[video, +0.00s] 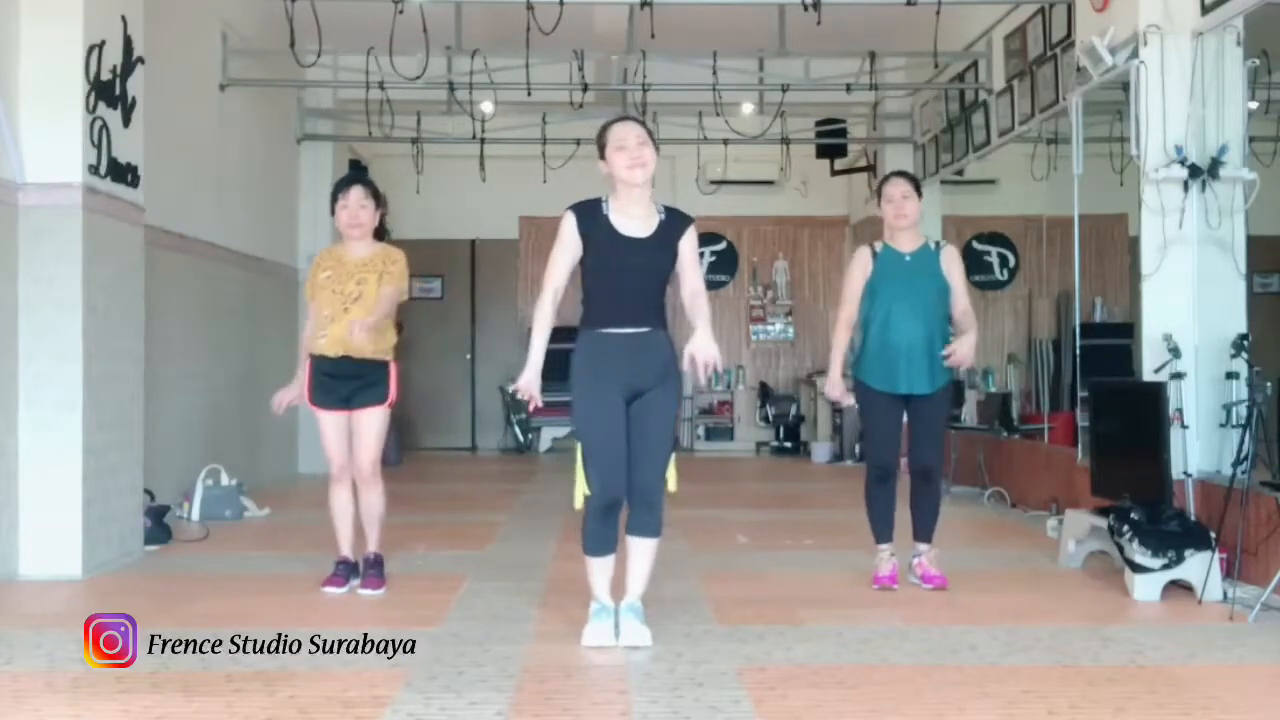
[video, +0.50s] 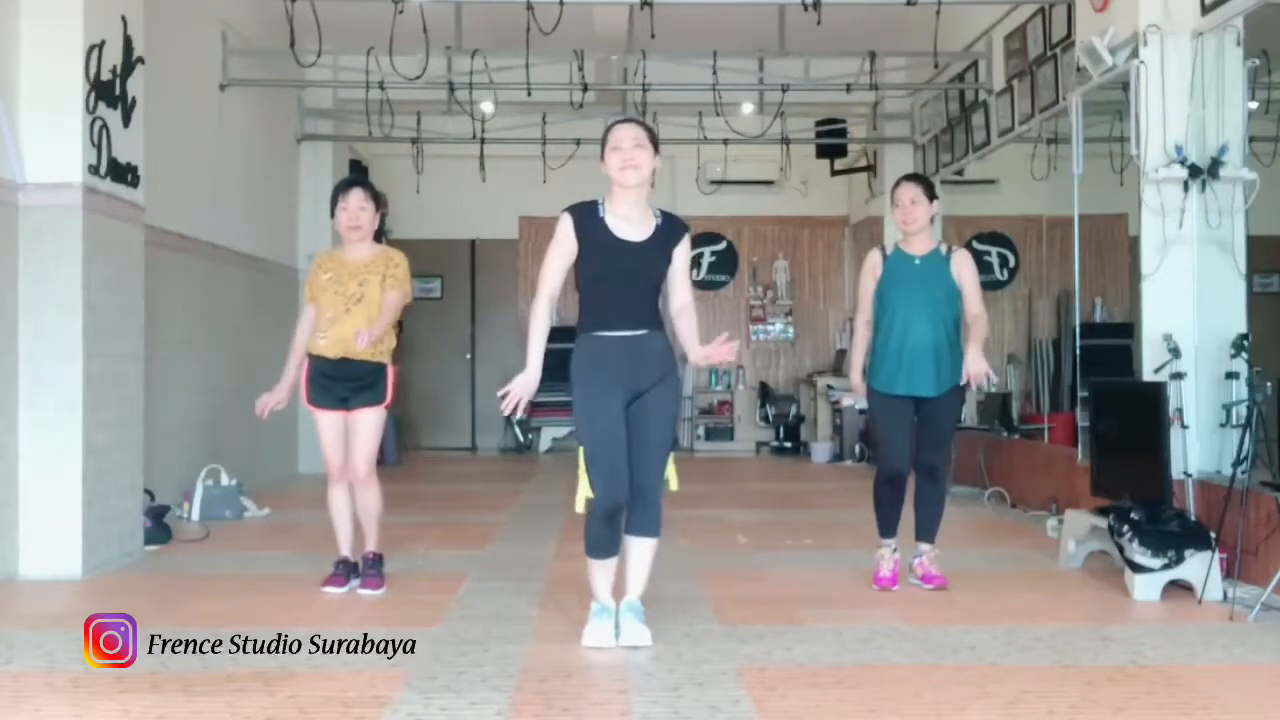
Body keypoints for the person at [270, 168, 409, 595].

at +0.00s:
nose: (354, 213)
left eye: (363, 204)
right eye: (345, 205)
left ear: (378, 213)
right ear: (334, 214)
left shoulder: (392, 259)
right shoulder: (324, 261)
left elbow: (389, 300)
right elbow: (313, 325)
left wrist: (370, 321)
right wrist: (299, 381)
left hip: (372, 369)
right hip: (326, 368)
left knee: (366, 468)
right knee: (338, 470)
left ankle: (372, 557)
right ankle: (345, 560)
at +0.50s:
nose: (353, 215)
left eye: (362, 208)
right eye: (345, 208)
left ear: (377, 217)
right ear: (334, 217)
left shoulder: (392, 261)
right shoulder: (322, 265)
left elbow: (393, 306)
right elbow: (306, 327)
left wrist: (374, 330)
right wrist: (284, 386)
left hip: (371, 370)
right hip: (324, 368)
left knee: (361, 469)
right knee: (335, 470)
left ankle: (371, 557)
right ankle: (345, 560)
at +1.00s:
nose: (361, 214)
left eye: (370, 207)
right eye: (351, 207)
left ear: (382, 216)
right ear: (339, 216)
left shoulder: (398, 260)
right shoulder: (326, 262)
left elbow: (415, 316)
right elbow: (309, 300)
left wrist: (433, 366)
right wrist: (297, 314)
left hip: (386, 371)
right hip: (338, 371)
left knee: (375, 469)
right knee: (334, 470)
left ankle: (373, 559)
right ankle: (342, 556)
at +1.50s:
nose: (361, 215)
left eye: (370, 208)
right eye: (352, 209)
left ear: (383, 218)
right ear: (341, 219)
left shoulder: (399, 265)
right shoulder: (325, 265)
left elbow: (410, 325)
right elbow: (308, 315)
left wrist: (422, 376)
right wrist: (299, 347)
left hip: (386, 372)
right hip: (337, 372)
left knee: (376, 469)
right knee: (333, 472)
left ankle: (373, 559)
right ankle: (344, 556)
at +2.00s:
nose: (350, 213)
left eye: (360, 207)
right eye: (343, 206)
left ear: (375, 216)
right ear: (331, 214)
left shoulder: (387, 262)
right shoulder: (319, 265)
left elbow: (379, 317)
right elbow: (308, 330)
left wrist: (369, 316)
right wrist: (297, 383)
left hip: (367, 369)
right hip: (322, 368)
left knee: (360, 469)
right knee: (335, 471)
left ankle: (371, 558)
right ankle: (345, 560)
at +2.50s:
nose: (352, 216)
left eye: (361, 210)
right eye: (344, 209)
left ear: (377, 219)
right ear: (333, 218)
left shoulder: (391, 260)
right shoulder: (323, 266)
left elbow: (393, 308)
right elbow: (304, 329)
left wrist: (388, 344)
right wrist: (282, 388)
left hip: (371, 369)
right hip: (324, 369)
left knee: (362, 469)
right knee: (337, 470)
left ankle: (372, 558)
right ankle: (347, 560)